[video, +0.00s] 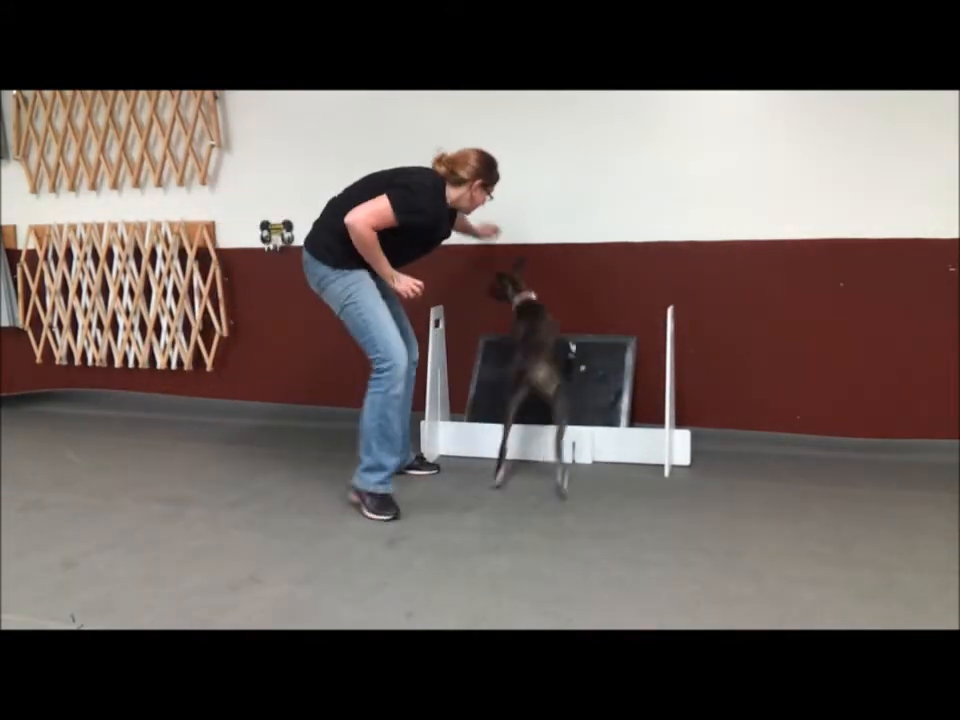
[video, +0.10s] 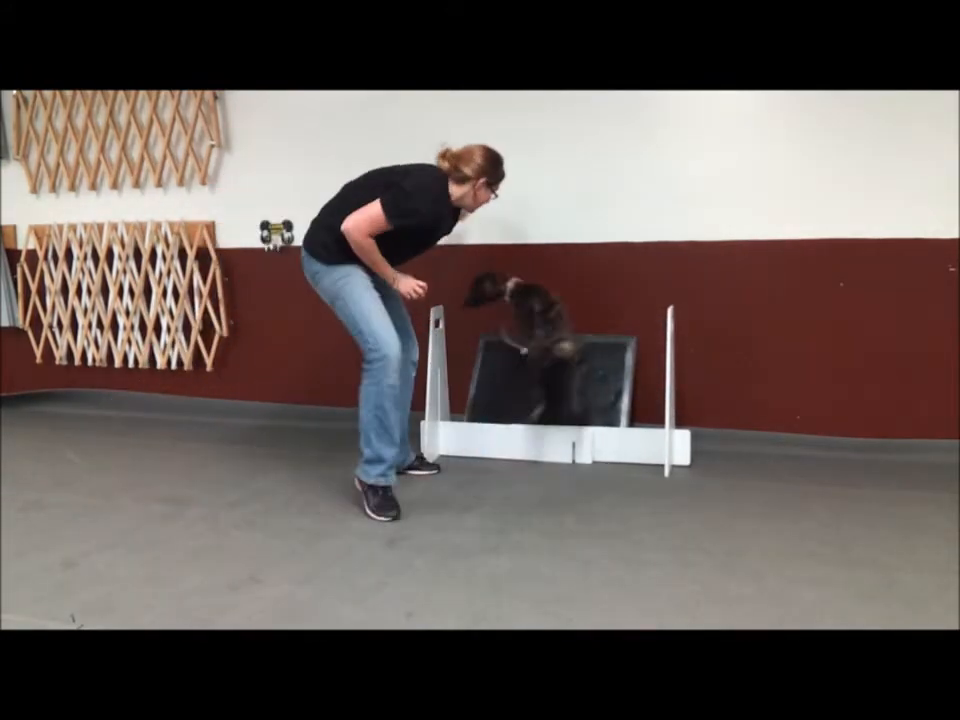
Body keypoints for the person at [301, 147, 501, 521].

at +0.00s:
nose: (485, 200)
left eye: (488, 194)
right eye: (486, 192)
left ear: (468, 183)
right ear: (471, 184)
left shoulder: (444, 201)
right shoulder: (425, 194)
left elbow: (450, 218)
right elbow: (357, 221)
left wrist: (474, 230)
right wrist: (391, 275)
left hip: (363, 264)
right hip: (334, 263)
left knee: (407, 353)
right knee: (391, 359)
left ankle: (398, 455)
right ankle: (370, 483)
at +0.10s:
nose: (491, 198)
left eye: (494, 191)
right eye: (491, 190)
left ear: (472, 181)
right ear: (474, 182)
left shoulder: (447, 206)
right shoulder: (425, 192)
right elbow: (353, 229)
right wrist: (394, 278)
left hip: (367, 263)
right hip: (332, 259)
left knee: (406, 352)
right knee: (386, 351)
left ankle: (397, 454)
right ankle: (374, 475)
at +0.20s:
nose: (494, 208)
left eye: (497, 201)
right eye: (494, 199)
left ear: (474, 191)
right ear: (478, 193)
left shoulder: (451, 217)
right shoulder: (421, 197)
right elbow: (353, 244)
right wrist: (399, 291)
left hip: (364, 257)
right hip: (321, 251)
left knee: (401, 350)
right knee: (353, 344)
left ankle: (394, 454)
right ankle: (369, 463)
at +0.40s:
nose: (460, 252)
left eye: (464, 245)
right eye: (460, 245)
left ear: (439, 235)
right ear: (441, 237)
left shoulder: (425, 251)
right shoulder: (382, 238)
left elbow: (401, 306)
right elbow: (346, 316)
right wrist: (406, 368)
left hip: (363, 273)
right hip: (304, 264)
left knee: (404, 347)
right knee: (300, 358)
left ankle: (391, 457)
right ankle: (293, 483)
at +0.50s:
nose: (422, 279)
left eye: (426, 271)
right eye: (417, 271)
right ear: (387, 261)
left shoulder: (404, 264)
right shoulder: (338, 260)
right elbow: (333, 362)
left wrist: (373, 313)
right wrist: (369, 436)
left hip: (357, 294)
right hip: (288, 287)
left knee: (399, 368)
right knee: (273, 389)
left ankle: (396, 463)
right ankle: (275, 516)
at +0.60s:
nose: (349, 302)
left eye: (358, 292)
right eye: (338, 293)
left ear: (371, 283)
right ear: (312, 282)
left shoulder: (376, 266)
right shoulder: (281, 289)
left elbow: (367, 303)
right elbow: (288, 378)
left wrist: (339, 335)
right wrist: (289, 470)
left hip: (347, 313)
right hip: (266, 300)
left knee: (385, 374)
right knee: (245, 403)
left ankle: (385, 446)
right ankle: (269, 524)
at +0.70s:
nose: (276, 311)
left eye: (285, 300)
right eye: (264, 301)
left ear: (305, 288)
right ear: (245, 292)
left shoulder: (340, 269)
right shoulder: (232, 305)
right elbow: (216, 380)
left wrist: (320, 337)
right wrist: (190, 458)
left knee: (359, 372)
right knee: (240, 408)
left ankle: (383, 455)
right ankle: (260, 502)